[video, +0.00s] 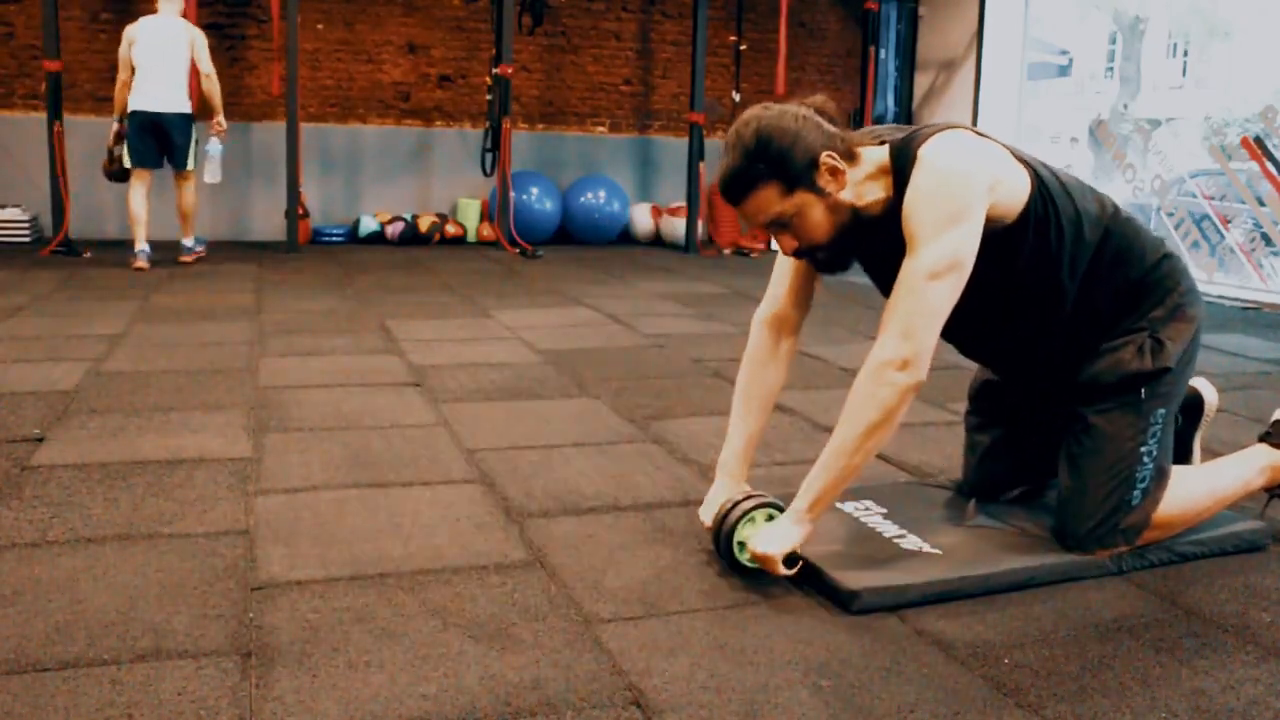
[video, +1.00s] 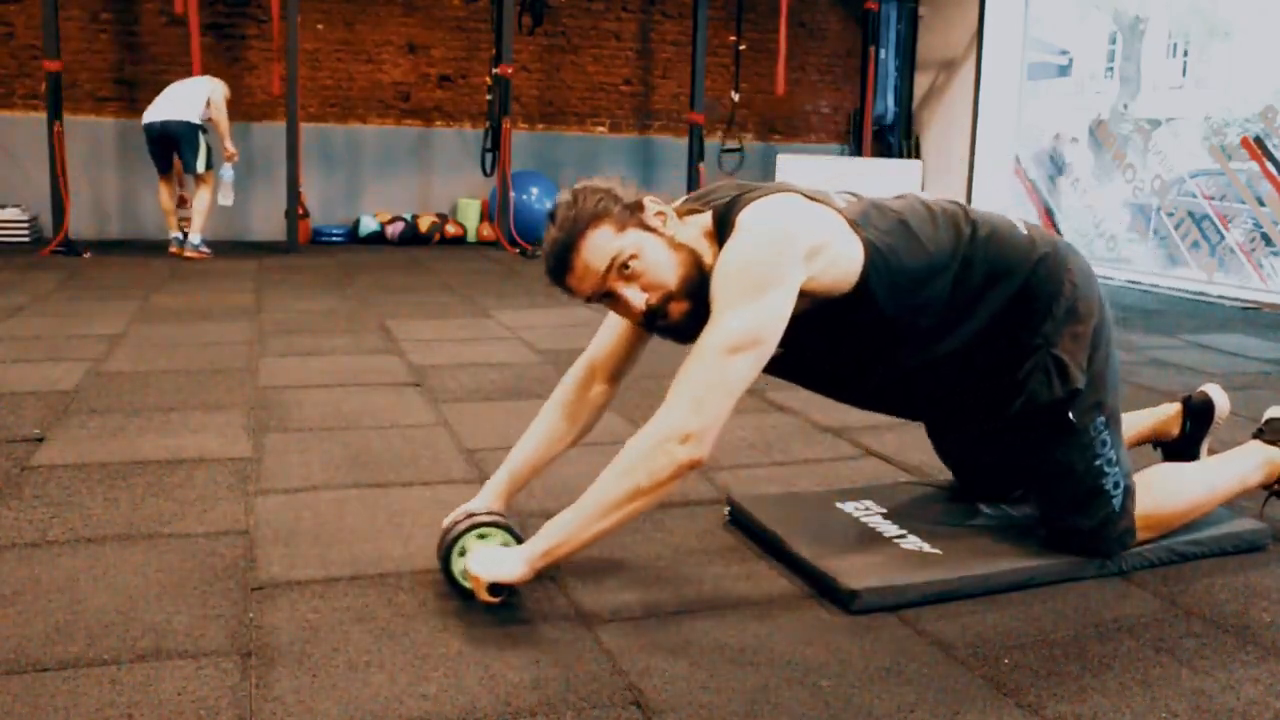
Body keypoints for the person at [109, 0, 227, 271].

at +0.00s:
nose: (180, 7)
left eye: (175, 5)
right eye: (181, 5)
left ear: (156, 5)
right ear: (182, 6)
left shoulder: (132, 30)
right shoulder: (193, 33)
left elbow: (123, 79)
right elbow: (208, 76)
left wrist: (117, 119)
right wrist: (219, 113)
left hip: (140, 113)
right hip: (177, 114)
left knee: (139, 180)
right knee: (185, 180)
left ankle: (140, 250)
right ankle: (188, 244)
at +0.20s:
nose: (209, 32)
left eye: (207, 27)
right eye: (210, 28)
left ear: (186, 21)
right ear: (208, 27)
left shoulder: (155, 42)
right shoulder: (211, 50)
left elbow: (141, 88)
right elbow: (219, 91)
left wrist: (133, 124)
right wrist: (227, 130)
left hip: (153, 124)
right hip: (189, 125)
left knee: (150, 184)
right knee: (198, 186)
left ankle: (145, 232)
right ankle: (195, 243)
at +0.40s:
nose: (225, 50)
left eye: (226, 47)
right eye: (225, 47)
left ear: (203, 36)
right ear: (222, 43)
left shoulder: (172, 49)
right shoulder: (220, 56)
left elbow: (157, 91)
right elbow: (223, 93)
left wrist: (150, 131)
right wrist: (231, 131)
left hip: (160, 120)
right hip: (192, 120)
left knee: (167, 173)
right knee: (204, 182)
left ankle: (163, 233)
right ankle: (195, 243)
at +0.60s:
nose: (230, 65)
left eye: (231, 62)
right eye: (230, 62)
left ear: (209, 49)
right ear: (226, 57)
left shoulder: (180, 59)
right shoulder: (222, 63)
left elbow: (166, 96)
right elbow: (224, 92)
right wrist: (234, 129)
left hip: (160, 119)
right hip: (192, 120)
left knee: (167, 177)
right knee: (207, 183)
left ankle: (172, 237)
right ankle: (196, 242)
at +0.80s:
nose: (228, 81)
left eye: (228, 78)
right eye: (228, 77)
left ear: (209, 65)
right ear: (223, 70)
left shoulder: (180, 75)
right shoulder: (219, 72)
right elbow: (219, 99)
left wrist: (176, 174)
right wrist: (229, 135)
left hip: (156, 122)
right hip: (187, 122)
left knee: (167, 179)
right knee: (206, 182)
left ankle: (174, 237)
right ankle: (195, 240)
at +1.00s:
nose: (224, 100)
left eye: (224, 98)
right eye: (225, 97)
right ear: (221, 87)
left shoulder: (180, 86)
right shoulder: (216, 84)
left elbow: (174, 152)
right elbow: (217, 109)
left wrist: (181, 189)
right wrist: (227, 142)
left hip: (152, 122)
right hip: (184, 121)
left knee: (165, 179)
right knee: (204, 182)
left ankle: (174, 236)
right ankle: (194, 240)